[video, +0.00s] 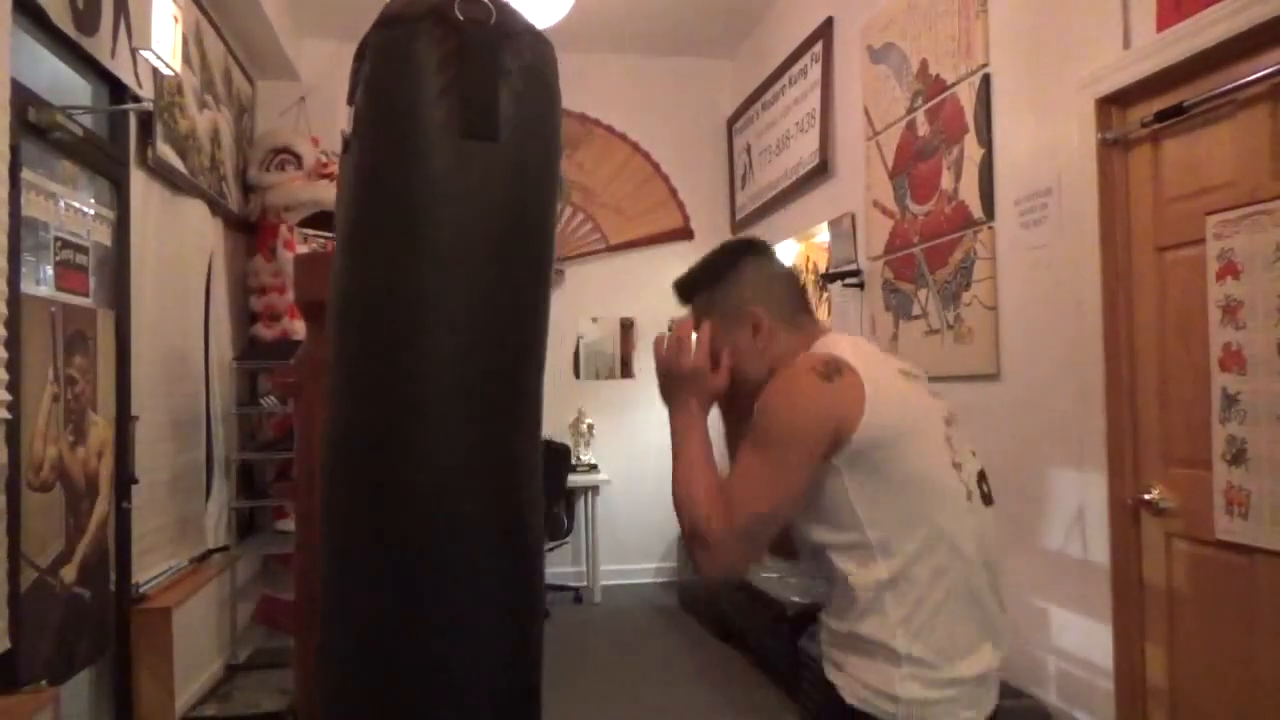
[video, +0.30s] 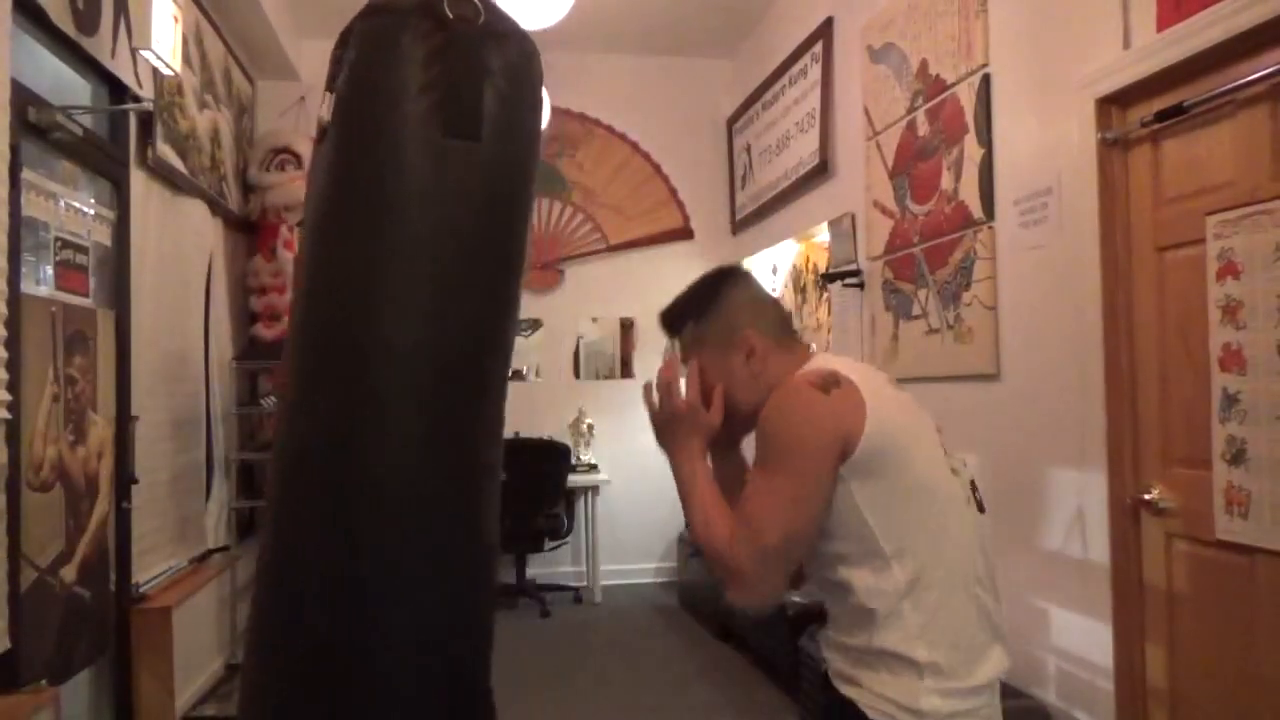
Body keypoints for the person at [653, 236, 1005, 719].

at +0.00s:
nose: (710, 363)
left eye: (713, 345)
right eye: (706, 347)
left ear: (756, 328)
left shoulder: (812, 384)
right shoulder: (866, 364)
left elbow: (719, 555)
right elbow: (783, 539)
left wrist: (686, 407)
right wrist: (734, 405)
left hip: (894, 696)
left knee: (706, 600)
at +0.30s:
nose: (700, 390)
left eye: (700, 371)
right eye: (693, 374)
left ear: (748, 349)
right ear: (752, 346)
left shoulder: (807, 400)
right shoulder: (840, 383)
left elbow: (751, 584)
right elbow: (777, 565)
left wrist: (686, 452)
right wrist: (723, 450)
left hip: (905, 702)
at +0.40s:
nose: (681, 433)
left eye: (683, 413)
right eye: (675, 415)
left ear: (735, 392)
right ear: (738, 389)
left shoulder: (815, 437)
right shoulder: (825, 419)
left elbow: (777, 644)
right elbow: (779, 597)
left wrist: (682, 507)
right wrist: (707, 500)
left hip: (916, 710)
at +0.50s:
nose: (661, 436)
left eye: (665, 416)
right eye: (656, 418)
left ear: (723, 396)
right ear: (725, 394)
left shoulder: (832, 459)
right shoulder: (808, 448)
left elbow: (790, 665)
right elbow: (744, 593)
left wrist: (679, 521)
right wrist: (681, 514)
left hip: (913, 709)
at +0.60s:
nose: (640, 408)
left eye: (647, 386)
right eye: (636, 388)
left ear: (712, 367)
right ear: (714, 367)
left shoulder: (844, 442)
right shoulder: (754, 439)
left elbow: (779, 638)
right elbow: (701, 598)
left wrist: (664, 489)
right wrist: (656, 490)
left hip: (898, 707)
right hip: (812, 696)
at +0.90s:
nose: (575, 383)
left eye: (583, 362)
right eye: (574, 363)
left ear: (656, 353)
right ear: (657, 355)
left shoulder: (804, 434)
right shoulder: (696, 436)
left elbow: (724, 668)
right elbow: (634, 600)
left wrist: (597, 480)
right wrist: (588, 474)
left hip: (881, 706)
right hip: (796, 699)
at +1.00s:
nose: (566, 434)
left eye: (571, 410)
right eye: (563, 413)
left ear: (640, 397)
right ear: (646, 396)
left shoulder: (778, 474)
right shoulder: (715, 451)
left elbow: (724, 696)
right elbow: (675, 602)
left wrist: (597, 541)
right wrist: (602, 514)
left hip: (893, 709)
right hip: (818, 695)